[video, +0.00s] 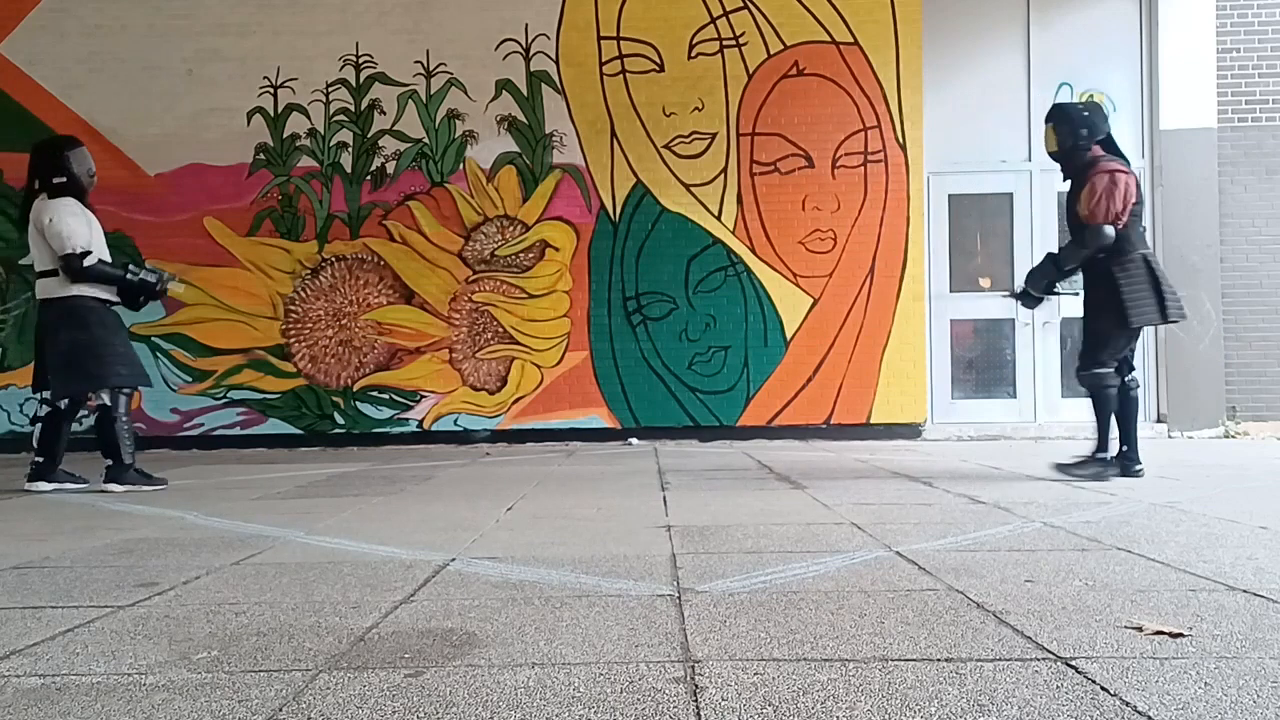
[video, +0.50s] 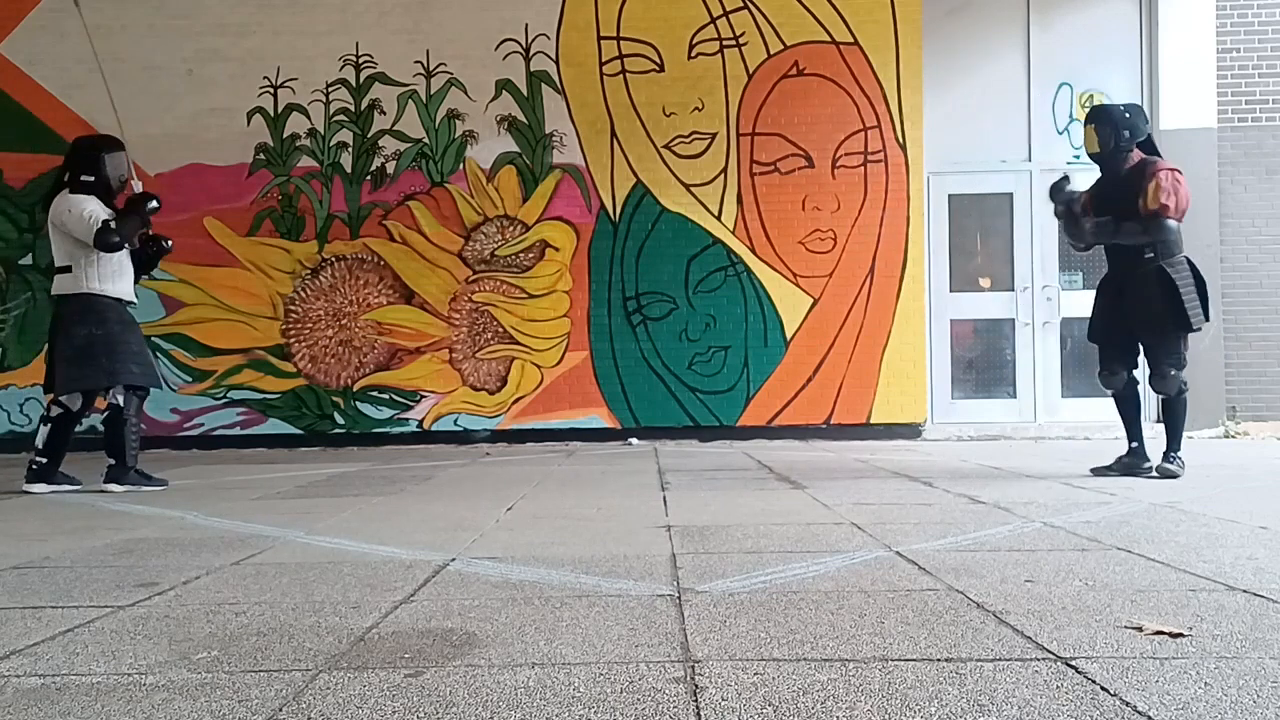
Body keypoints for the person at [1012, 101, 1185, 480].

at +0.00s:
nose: (1052, 146)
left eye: (1057, 137)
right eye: (1051, 137)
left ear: (1080, 136)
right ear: (1086, 136)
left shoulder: (1106, 176)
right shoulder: (1092, 176)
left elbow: (1097, 238)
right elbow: (1086, 242)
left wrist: (1051, 269)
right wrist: (1048, 277)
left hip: (1117, 286)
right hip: (1116, 285)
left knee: (1097, 367)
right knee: (1119, 368)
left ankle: (1103, 454)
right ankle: (1129, 457)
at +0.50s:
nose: (1092, 143)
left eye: (1099, 134)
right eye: (1089, 135)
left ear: (1124, 134)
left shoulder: (1158, 174)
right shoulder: (1102, 187)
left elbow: (1164, 231)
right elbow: (1081, 240)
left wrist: (1104, 230)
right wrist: (1065, 208)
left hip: (1161, 283)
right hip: (1119, 285)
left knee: (1167, 373)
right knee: (1116, 372)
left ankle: (1173, 455)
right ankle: (1137, 453)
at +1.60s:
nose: (1070, 151)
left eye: (1075, 142)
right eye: (1069, 142)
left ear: (1098, 143)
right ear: (1100, 143)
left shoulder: (1122, 185)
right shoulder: (1094, 184)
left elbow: (1097, 243)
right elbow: (1076, 235)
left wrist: (1054, 263)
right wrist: (1056, 229)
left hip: (1122, 288)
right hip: (1092, 289)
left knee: (1120, 380)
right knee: (1081, 375)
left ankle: (1164, 446)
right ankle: (1106, 456)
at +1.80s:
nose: (1042, 159)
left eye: (1047, 151)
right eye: (1041, 151)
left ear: (1069, 151)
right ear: (1077, 151)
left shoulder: (1086, 189)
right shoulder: (1085, 185)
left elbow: (1047, 237)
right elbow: (1059, 228)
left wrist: (1002, 248)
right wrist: (1032, 219)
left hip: (1095, 293)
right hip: (1094, 292)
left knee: (1055, 368)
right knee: (1063, 369)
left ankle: (1103, 454)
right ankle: (1086, 449)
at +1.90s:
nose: (1024, 163)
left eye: (1030, 155)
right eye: (1024, 155)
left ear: (1052, 156)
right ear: (1063, 157)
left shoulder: (1062, 195)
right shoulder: (1081, 190)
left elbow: (1019, 242)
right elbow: (1049, 229)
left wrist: (978, 245)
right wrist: (1019, 218)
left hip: (1079, 297)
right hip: (1098, 297)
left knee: (1028, 368)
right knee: (1062, 377)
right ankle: (1103, 456)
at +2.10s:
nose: (991, 172)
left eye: (996, 165)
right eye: (991, 165)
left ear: (1018, 167)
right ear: (1033, 169)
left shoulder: (1021, 206)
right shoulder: (1055, 201)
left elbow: (981, 254)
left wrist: (954, 260)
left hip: (1034, 308)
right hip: (1059, 306)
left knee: (977, 374)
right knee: (1039, 391)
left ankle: (948, 458)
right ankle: (1102, 456)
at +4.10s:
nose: (999, 170)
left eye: (1005, 163)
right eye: (998, 163)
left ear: (1028, 166)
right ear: (1030, 167)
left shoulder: (1041, 208)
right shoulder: (1028, 204)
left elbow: (1029, 268)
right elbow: (1023, 257)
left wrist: (981, 279)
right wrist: (996, 253)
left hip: (1054, 300)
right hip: (1055, 299)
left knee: (997, 360)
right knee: (1044, 386)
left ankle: (1005, 450)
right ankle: (1103, 449)